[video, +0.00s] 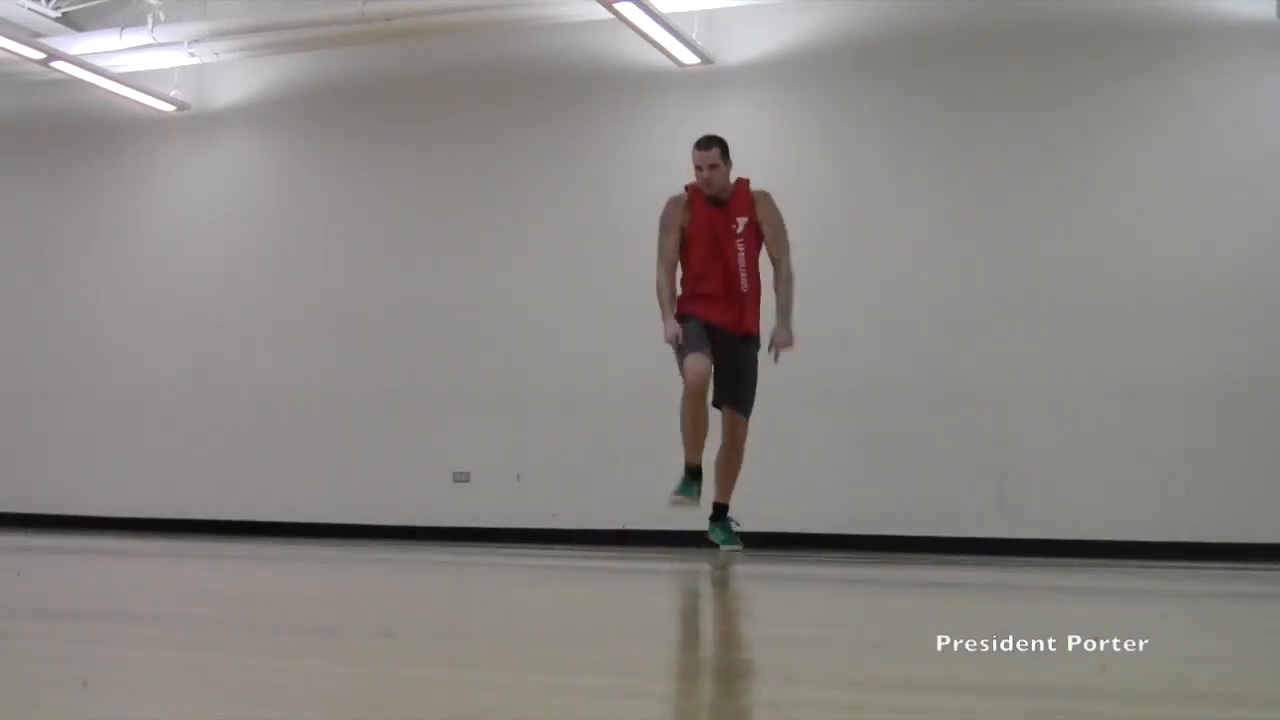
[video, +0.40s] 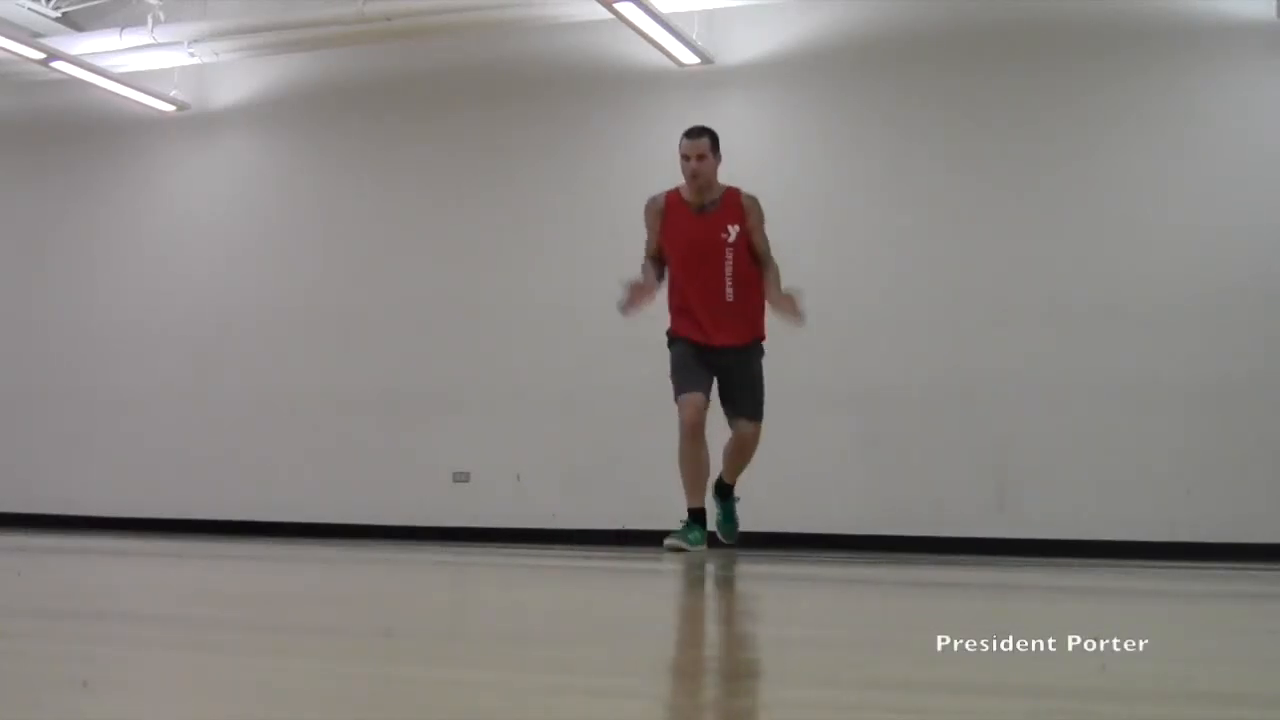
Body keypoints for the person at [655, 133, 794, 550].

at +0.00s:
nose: (705, 175)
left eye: (713, 167)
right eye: (700, 168)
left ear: (729, 166)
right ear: (692, 170)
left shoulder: (758, 203)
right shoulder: (679, 208)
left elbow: (782, 264)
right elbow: (666, 268)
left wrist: (783, 324)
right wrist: (669, 317)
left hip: (741, 325)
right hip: (695, 319)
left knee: (735, 426)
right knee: (696, 374)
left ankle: (720, 516)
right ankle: (691, 474)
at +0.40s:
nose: (693, 166)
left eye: (701, 158)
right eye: (687, 158)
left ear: (718, 161)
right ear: (678, 162)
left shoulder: (745, 206)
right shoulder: (660, 210)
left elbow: (765, 260)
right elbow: (654, 261)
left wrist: (775, 295)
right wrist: (647, 285)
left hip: (741, 337)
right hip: (689, 334)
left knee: (748, 434)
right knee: (691, 418)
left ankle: (724, 489)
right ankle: (695, 521)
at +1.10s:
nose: (631, 188)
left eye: (642, 179)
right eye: (624, 179)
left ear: (661, 185)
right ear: (616, 183)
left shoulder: (679, 232)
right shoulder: (616, 238)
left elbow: (715, 272)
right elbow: (626, 315)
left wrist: (752, 265)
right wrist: (577, 314)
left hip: (680, 375)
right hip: (629, 369)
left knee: (687, 451)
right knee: (578, 394)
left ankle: (722, 516)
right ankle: (586, 521)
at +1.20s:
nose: (621, 194)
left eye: (633, 185)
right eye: (614, 185)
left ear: (653, 192)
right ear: (607, 191)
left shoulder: (676, 242)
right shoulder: (596, 243)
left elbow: (717, 308)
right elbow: (583, 323)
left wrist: (706, 266)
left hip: (669, 386)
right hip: (608, 386)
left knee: (699, 442)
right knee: (569, 415)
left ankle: (716, 502)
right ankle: (587, 521)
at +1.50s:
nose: (616, 221)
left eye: (626, 209)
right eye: (607, 211)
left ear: (649, 209)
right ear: (599, 213)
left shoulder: (682, 278)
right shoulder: (580, 254)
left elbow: (698, 364)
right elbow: (500, 281)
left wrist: (722, 429)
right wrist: (556, 264)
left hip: (639, 412)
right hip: (578, 416)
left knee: (703, 374)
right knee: (553, 507)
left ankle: (693, 518)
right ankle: (562, 524)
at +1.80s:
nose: (597, 282)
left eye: (606, 267)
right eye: (585, 272)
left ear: (627, 256)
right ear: (576, 271)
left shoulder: (662, 263)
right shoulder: (577, 330)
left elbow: (702, 249)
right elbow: (583, 439)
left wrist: (761, 243)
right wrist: (578, 535)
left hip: (662, 418)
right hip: (605, 439)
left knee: (725, 384)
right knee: (548, 535)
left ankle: (690, 520)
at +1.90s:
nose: (589, 294)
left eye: (596, 277)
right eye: (574, 285)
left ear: (614, 257)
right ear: (563, 282)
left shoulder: (642, 240)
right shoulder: (575, 337)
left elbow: (656, 182)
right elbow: (580, 437)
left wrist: (692, 127)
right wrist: (578, 534)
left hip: (681, 371)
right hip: (629, 409)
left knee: (764, 378)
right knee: (647, 514)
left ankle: (708, 513)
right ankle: (589, 504)